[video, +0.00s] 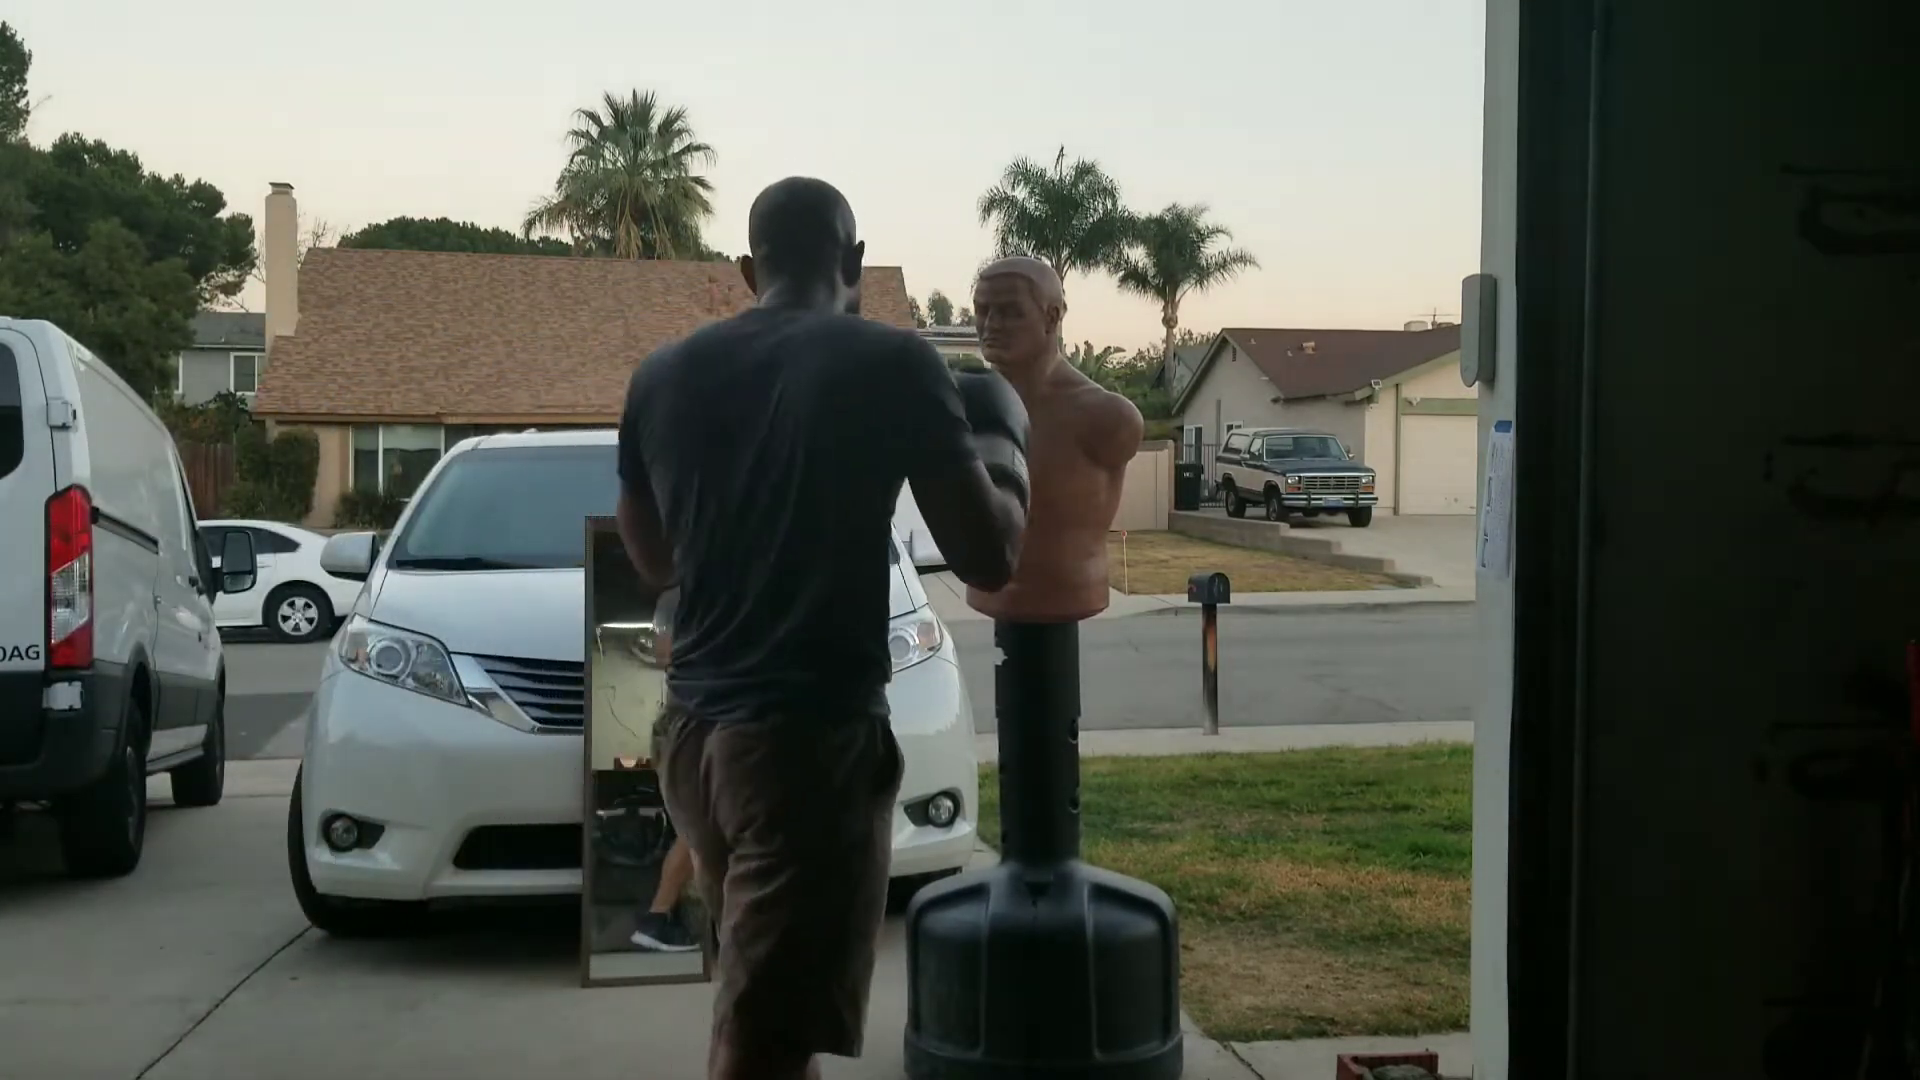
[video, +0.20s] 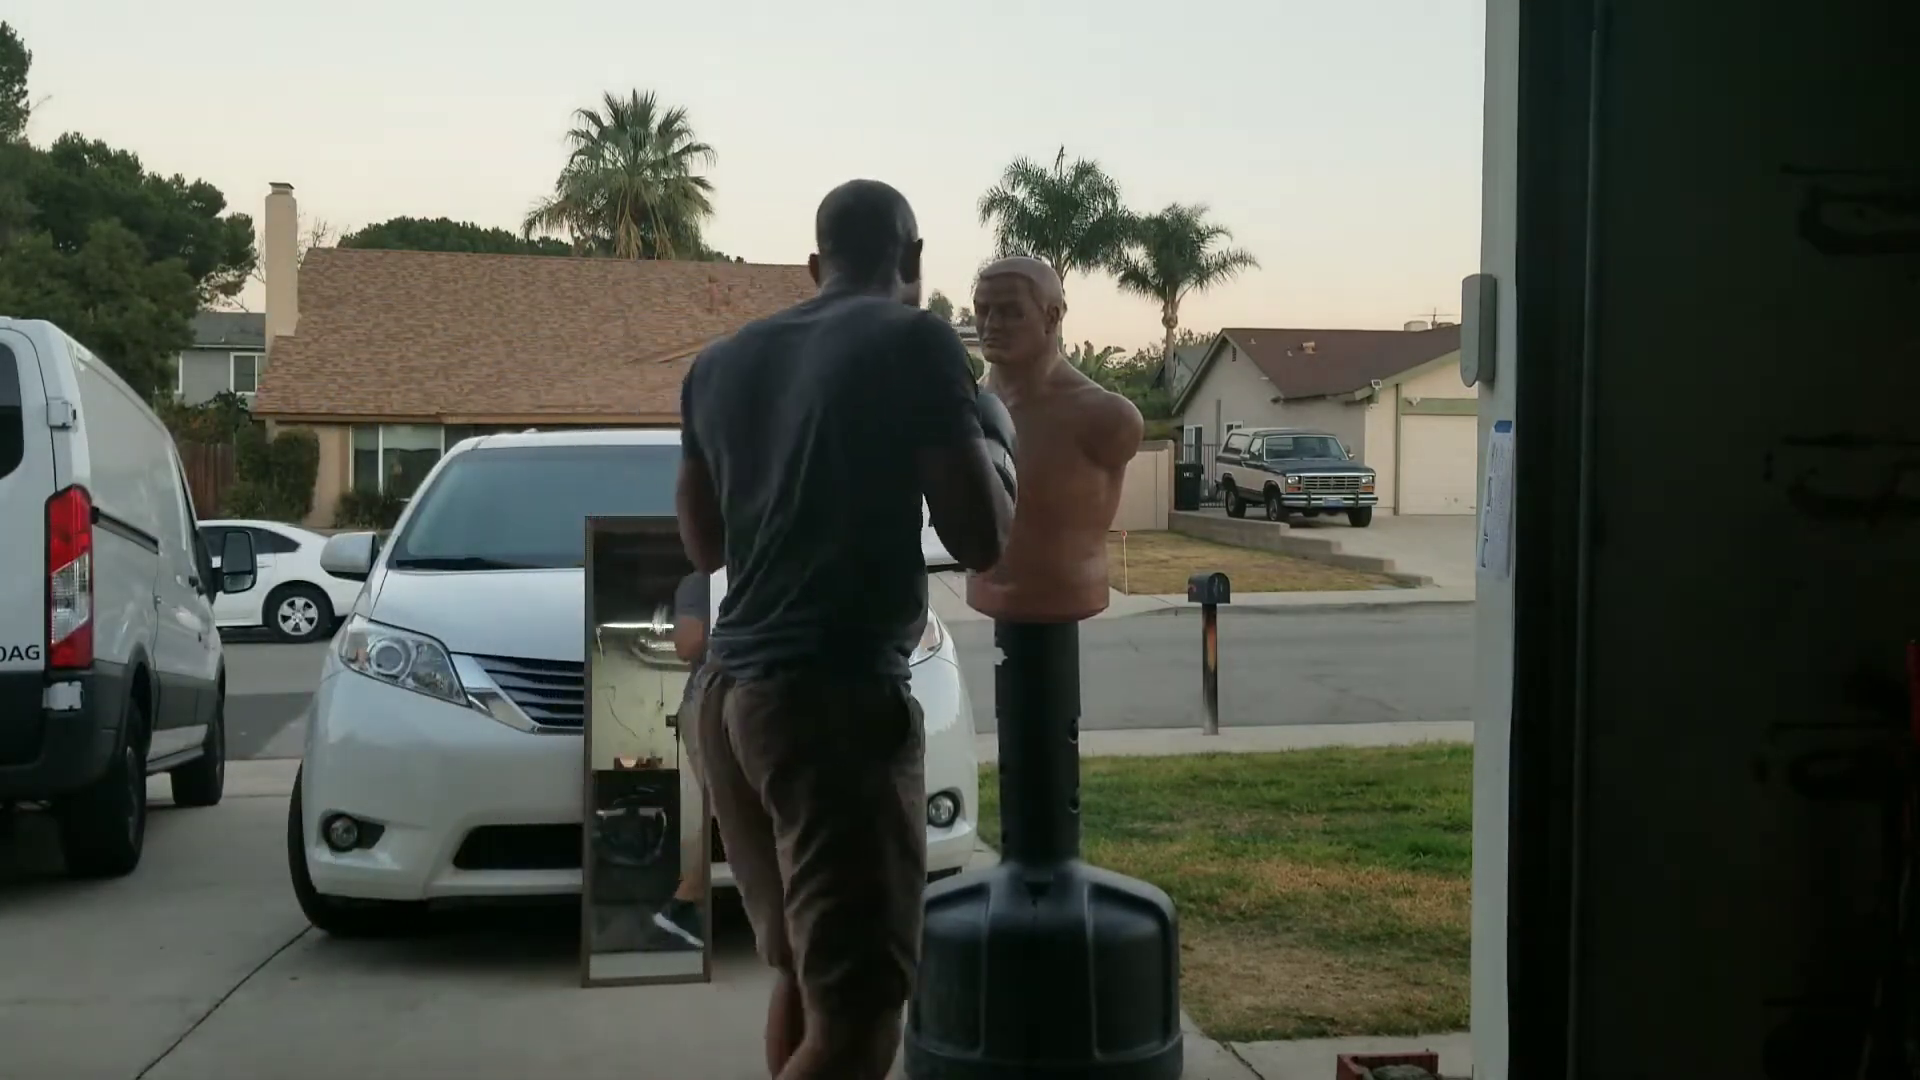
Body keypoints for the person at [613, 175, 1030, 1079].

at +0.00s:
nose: (861, 275)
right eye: (862, 262)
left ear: (748, 269)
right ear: (855, 260)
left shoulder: (662, 373)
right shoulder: (892, 359)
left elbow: (655, 566)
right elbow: (987, 556)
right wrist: (1001, 439)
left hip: (691, 738)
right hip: (810, 747)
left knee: (762, 1000)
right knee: (762, 1033)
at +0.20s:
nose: (922, 277)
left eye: (916, 266)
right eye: (921, 264)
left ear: (814, 265)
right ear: (913, 260)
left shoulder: (719, 362)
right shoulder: (915, 343)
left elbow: (704, 542)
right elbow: (979, 542)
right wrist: (985, 429)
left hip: (728, 705)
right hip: (837, 702)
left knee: (796, 978)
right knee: (856, 1015)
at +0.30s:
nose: (971, 315)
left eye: (977, 302)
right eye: (974, 296)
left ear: (870, 276)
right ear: (963, 285)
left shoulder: (786, 362)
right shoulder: (931, 358)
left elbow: (728, 523)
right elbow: (992, 554)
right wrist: (1007, 423)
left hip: (716, 703)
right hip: (816, 706)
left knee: (814, 971)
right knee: (911, 1015)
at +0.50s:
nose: (1022, 396)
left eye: (1023, 374)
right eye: (1024, 374)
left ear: (921, 354)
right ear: (1009, 369)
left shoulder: (821, 422)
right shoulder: (975, 437)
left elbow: (721, 582)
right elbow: (1006, 637)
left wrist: (856, 560)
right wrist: (1039, 524)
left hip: (718, 757)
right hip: (821, 764)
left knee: (854, 965)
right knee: (969, 1034)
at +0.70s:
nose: (983, 337)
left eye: (983, 322)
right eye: (980, 323)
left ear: (875, 328)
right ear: (966, 328)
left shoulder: (772, 404)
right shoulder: (976, 401)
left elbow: (717, 575)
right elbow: (1061, 553)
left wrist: (826, 525)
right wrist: (1063, 435)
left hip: (737, 740)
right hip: (837, 750)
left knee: (844, 908)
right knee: (947, 1030)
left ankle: (821, 1074)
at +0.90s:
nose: (961, 351)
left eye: (960, 339)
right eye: (958, 337)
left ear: (857, 333)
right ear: (942, 336)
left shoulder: (770, 400)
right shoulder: (939, 405)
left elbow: (779, 527)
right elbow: (1045, 518)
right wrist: (1047, 402)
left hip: (715, 721)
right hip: (805, 732)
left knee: (825, 918)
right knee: (962, 985)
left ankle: (801, 1073)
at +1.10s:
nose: (938, 383)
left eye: (936, 369)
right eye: (937, 368)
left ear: (848, 356)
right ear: (920, 365)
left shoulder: (771, 419)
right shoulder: (892, 436)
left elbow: (722, 501)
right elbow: (963, 593)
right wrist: (990, 473)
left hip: (744, 715)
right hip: (772, 732)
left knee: (870, 853)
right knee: (863, 995)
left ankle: (768, 1053)